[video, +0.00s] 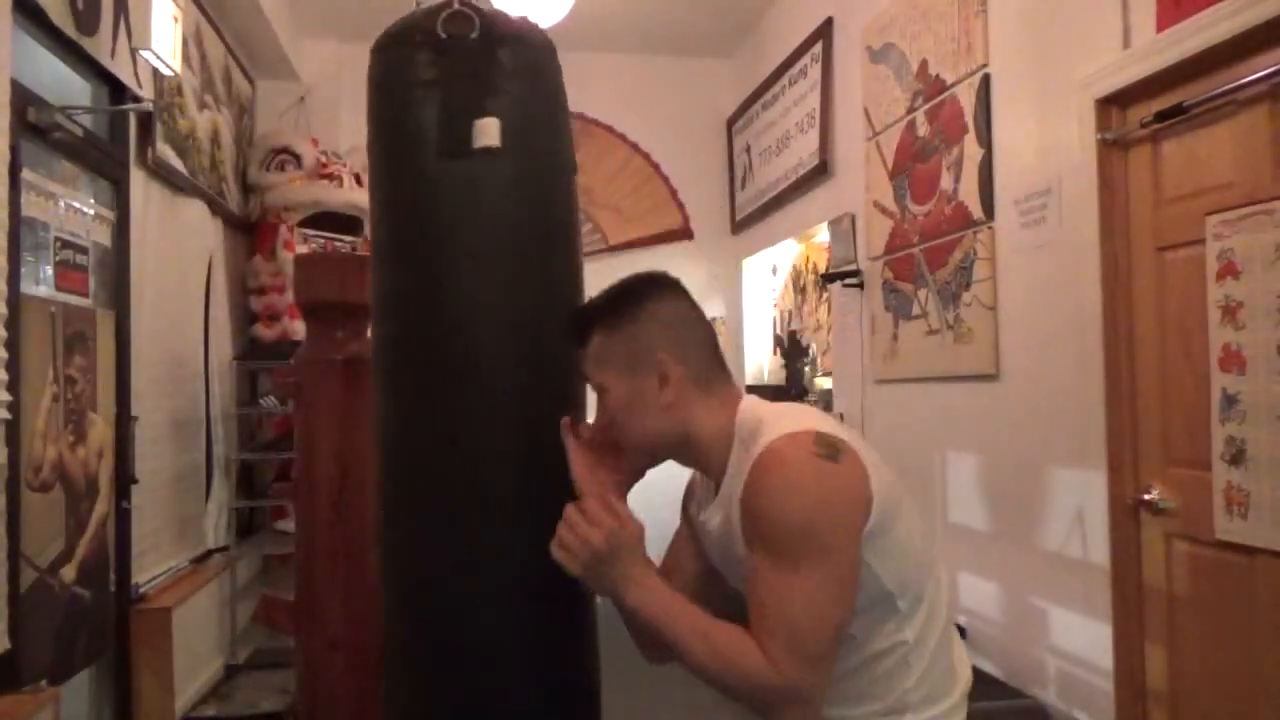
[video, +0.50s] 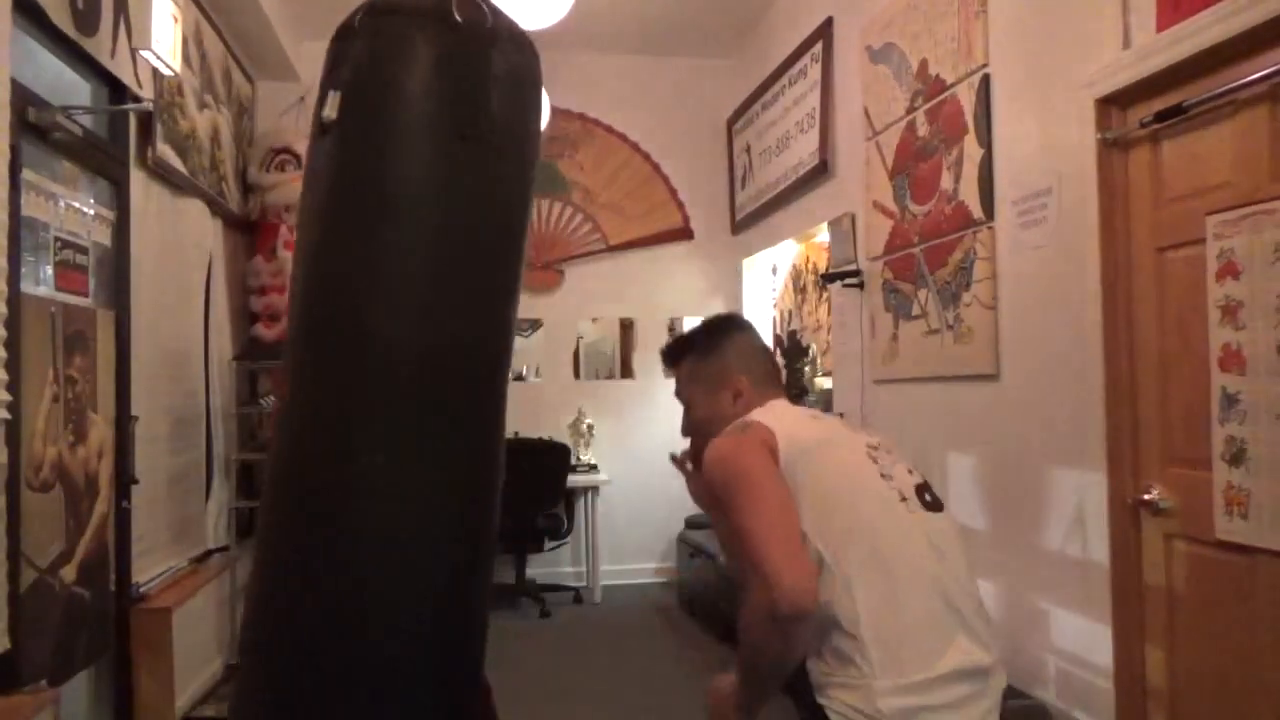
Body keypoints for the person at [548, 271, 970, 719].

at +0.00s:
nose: (597, 423)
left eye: (603, 393)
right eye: (595, 396)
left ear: (664, 380)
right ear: (662, 381)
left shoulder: (797, 470)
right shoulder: (714, 478)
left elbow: (792, 690)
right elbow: (660, 638)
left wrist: (631, 578)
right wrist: (606, 504)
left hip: (900, 708)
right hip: (824, 700)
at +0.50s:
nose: (683, 428)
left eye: (687, 404)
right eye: (682, 406)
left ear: (736, 393)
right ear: (759, 389)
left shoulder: (738, 444)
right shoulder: (842, 431)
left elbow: (789, 598)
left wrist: (745, 696)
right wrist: (720, 509)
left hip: (883, 707)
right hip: (977, 698)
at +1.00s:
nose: (607, 325)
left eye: (621, 304)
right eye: (609, 304)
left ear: (698, 303)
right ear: (692, 308)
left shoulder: (801, 408)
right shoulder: (682, 426)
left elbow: (726, 619)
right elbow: (579, 521)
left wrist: (561, 520)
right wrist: (590, 381)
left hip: (873, 702)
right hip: (788, 687)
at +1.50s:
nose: (635, 295)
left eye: (638, 273)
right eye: (632, 276)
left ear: (689, 259)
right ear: (693, 258)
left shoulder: (751, 362)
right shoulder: (790, 330)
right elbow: (645, 496)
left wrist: (585, 347)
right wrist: (639, 345)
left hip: (786, 704)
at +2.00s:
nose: (728, 378)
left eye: (725, 362)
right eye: (722, 366)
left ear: (760, 330)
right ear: (813, 326)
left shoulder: (767, 376)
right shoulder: (899, 388)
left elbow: (680, 540)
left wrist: (640, 418)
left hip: (810, 704)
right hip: (922, 697)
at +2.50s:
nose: (644, 301)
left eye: (656, 278)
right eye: (641, 280)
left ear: (730, 270)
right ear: (729, 276)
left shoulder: (832, 363)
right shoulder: (713, 386)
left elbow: (793, 564)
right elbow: (609, 504)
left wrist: (654, 430)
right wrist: (625, 363)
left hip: (826, 698)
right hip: (751, 683)